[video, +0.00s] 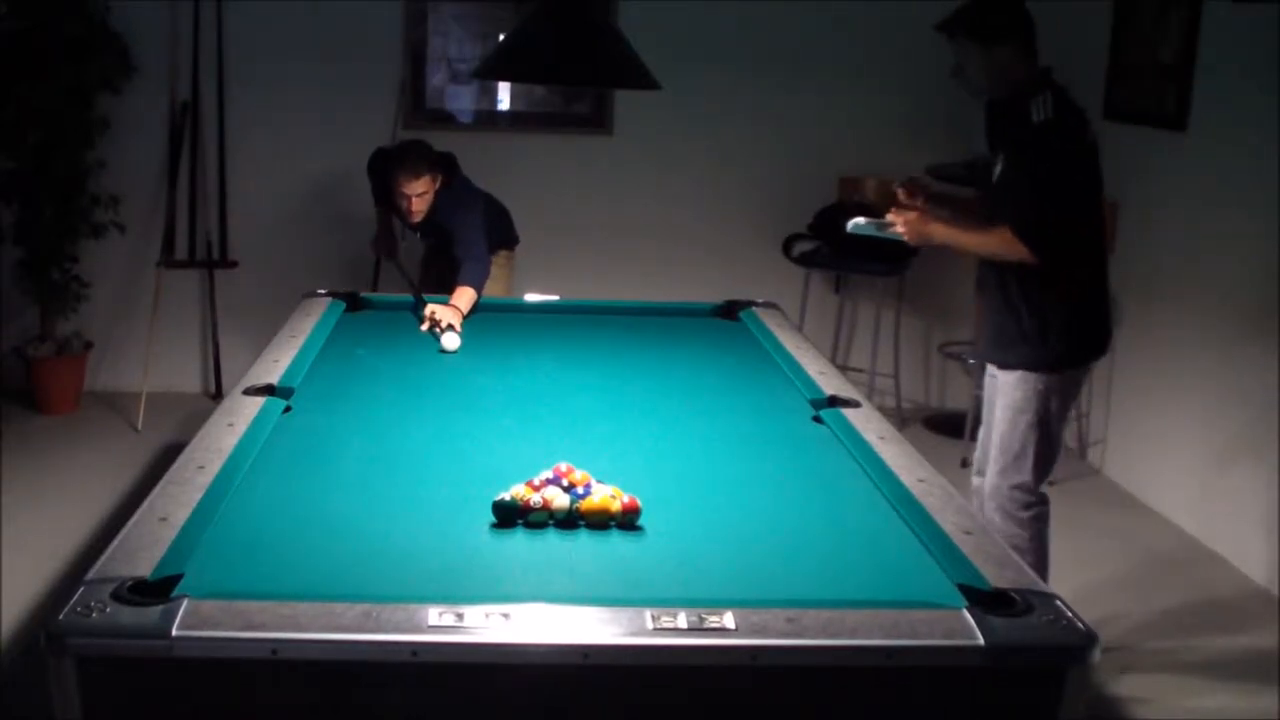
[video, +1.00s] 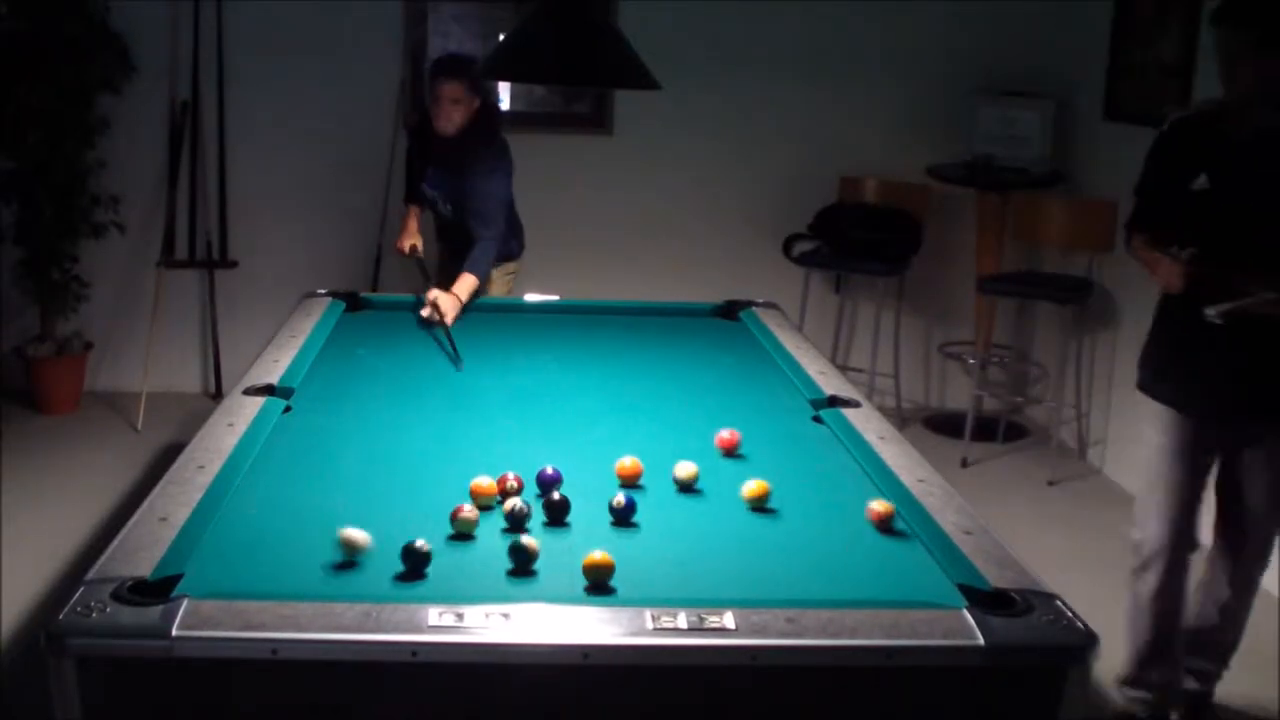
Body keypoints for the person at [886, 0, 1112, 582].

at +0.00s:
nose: (960, 72)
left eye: (967, 57)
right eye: (959, 57)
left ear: (1001, 52)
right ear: (1010, 53)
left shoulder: (1049, 119)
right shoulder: (1019, 113)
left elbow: (1034, 241)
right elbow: (1009, 213)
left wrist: (939, 233)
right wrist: (941, 200)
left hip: (1043, 342)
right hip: (1013, 334)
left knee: (1012, 492)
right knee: (988, 481)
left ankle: (1024, 629)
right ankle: (997, 617)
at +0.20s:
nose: (985, 69)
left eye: (993, 54)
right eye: (983, 55)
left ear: (1026, 49)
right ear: (1017, 51)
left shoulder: (1077, 118)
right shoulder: (1024, 113)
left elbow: (1069, 242)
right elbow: (1030, 215)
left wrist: (968, 237)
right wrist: (973, 204)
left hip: (1070, 346)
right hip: (1019, 338)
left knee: (1068, 502)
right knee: (1009, 487)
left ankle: (1097, 644)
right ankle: (1003, 627)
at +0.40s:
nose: (1027, 66)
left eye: (1039, 52)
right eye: (1026, 53)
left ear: (1075, 52)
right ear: (1042, 53)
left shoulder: (1133, 132)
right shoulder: (1041, 125)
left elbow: (1137, 249)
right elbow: (1051, 224)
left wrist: (1022, 244)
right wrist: (1001, 226)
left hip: (1110, 364)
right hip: (1040, 352)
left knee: (1132, 511)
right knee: (1025, 495)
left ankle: (1175, 661)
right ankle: (1008, 628)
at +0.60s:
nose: (1101, 78)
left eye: (1114, 63)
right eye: (1099, 63)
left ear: (1157, 63)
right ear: (1106, 62)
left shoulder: (1226, 153)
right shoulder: (1101, 139)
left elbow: (1226, 275)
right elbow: (1086, 238)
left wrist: (1102, 265)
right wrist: (1046, 247)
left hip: (1176, 381)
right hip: (1091, 366)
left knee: (1177, 538)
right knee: (1049, 503)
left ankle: (1188, 682)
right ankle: (1012, 636)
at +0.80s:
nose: (1171, 76)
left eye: (1186, 63)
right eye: (1170, 61)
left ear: (1228, 64)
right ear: (1172, 65)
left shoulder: (1276, 146)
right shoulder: (1153, 142)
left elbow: (1276, 277)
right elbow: (1114, 260)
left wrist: (1185, 278)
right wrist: (1124, 262)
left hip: (1239, 382)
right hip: (1146, 370)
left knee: (1214, 550)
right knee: (1078, 515)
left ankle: (1194, 682)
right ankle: (1041, 650)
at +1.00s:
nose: (1245, 78)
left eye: (1255, 65)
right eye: (1237, 61)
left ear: (1275, 71)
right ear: (1222, 60)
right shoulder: (1192, 134)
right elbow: (1140, 230)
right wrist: (1170, 269)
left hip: (1271, 372)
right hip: (1192, 360)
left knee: (1246, 546)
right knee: (1161, 535)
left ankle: (1198, 681)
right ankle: (1145, 681)